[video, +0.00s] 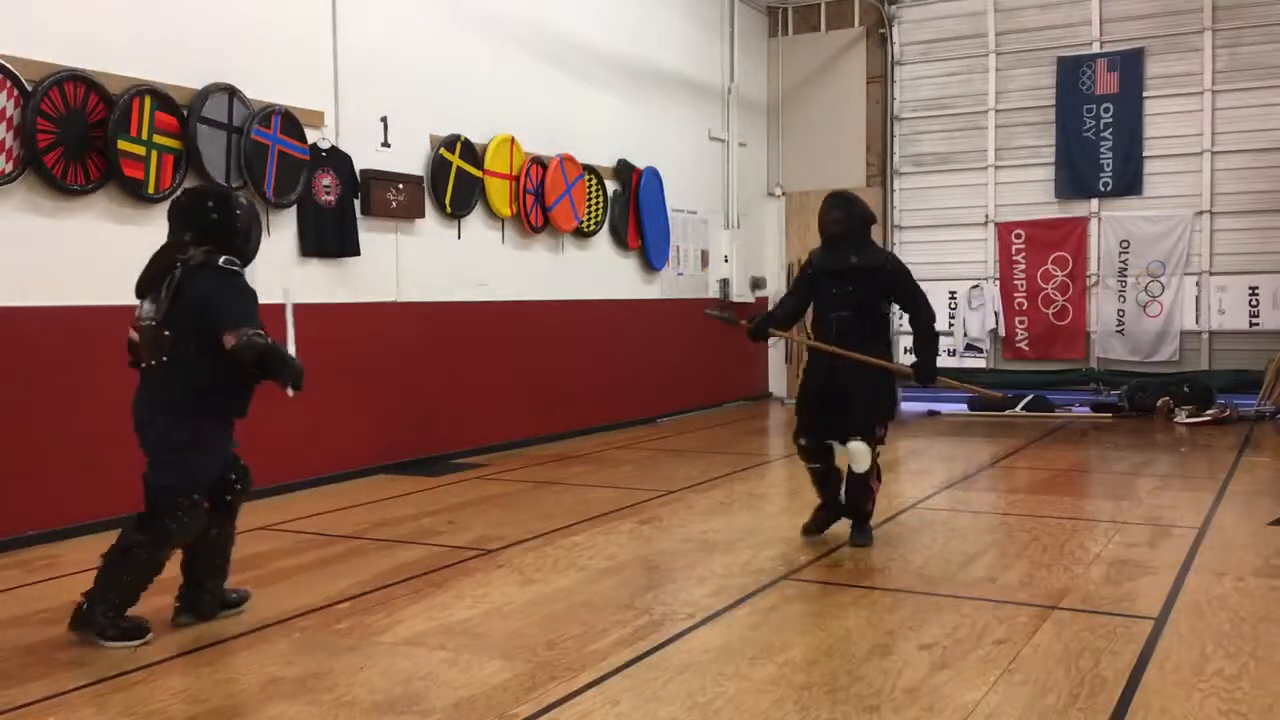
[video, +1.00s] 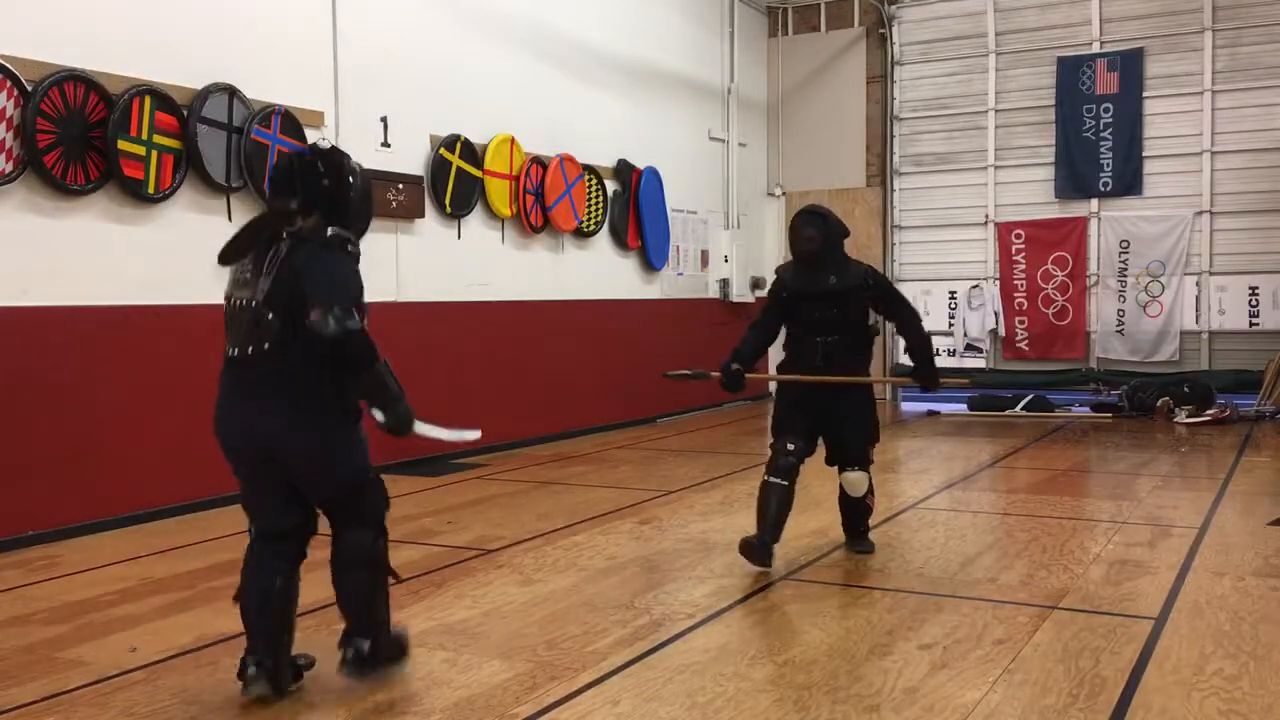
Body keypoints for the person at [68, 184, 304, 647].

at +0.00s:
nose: (250, 234)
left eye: (248, 224)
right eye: (244, 225)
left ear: (188, 230)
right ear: (227, 230)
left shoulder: (169, 271)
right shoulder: (221, 279)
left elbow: (142, 346)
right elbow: (242, 340)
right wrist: (282, 365)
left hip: (164, 412)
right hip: (188, 419)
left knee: (229, 483)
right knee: (175, 512)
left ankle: (202, 593)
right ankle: (101, 608)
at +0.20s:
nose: (274, 229)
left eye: (272, 220)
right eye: (268, 221)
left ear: (212, 226)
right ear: (249, 227)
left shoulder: (187, 265)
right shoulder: (244, 276)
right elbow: (255, 349)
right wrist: (287, 407)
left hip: (173, 399)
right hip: (212, 406)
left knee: (214, 492)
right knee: (262, 491)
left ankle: (203, 581)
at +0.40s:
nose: (300, 242)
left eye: (298, 233)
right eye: (292, 234)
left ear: (239, 239)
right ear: (268, 240)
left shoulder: (211, 275)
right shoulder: (265, 289)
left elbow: (227, 349)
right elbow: (273, 368)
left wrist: (293, 360)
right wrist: (306, 424)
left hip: (196, 418)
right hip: (241, 425)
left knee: (230, 498)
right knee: (307, 500)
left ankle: (202, 593)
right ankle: (334, 608)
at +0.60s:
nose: (335, 246)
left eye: (332, 235)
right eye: (326, 236)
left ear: (268, 242)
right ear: (310, 243)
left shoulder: (240, 286)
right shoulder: (317, 296)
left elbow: (225, 357)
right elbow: (353, 371)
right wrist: (393, 426)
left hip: (233, 436)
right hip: (296, 443)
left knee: (236, 502)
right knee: (356, 508)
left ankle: (206, 591)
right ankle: (345, 621)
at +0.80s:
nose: (356, 202)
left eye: (351, 191)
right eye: (349, 192)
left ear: (284, 199)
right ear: (330, 201)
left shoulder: (256, 249)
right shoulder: (326, 254)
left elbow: (269, 340)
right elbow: (344, 330)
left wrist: (340, 388)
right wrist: (384, 389)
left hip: (255, 412)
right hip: (313, 415)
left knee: (258, 505)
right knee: (360, 499)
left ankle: (219, 608)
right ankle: (350, 621)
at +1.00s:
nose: (364, 205)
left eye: (361, 194)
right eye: (357, 195)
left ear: (293, 197)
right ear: (338, 200)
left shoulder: (257, 246)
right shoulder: (325, 252)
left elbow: (270, 340)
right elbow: (340, 332)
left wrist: (342, 389)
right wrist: (389, 398)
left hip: (243, 418)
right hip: (308, 421)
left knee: (278, 525)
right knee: (360, 508)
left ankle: (265, 658)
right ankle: (367, 636)